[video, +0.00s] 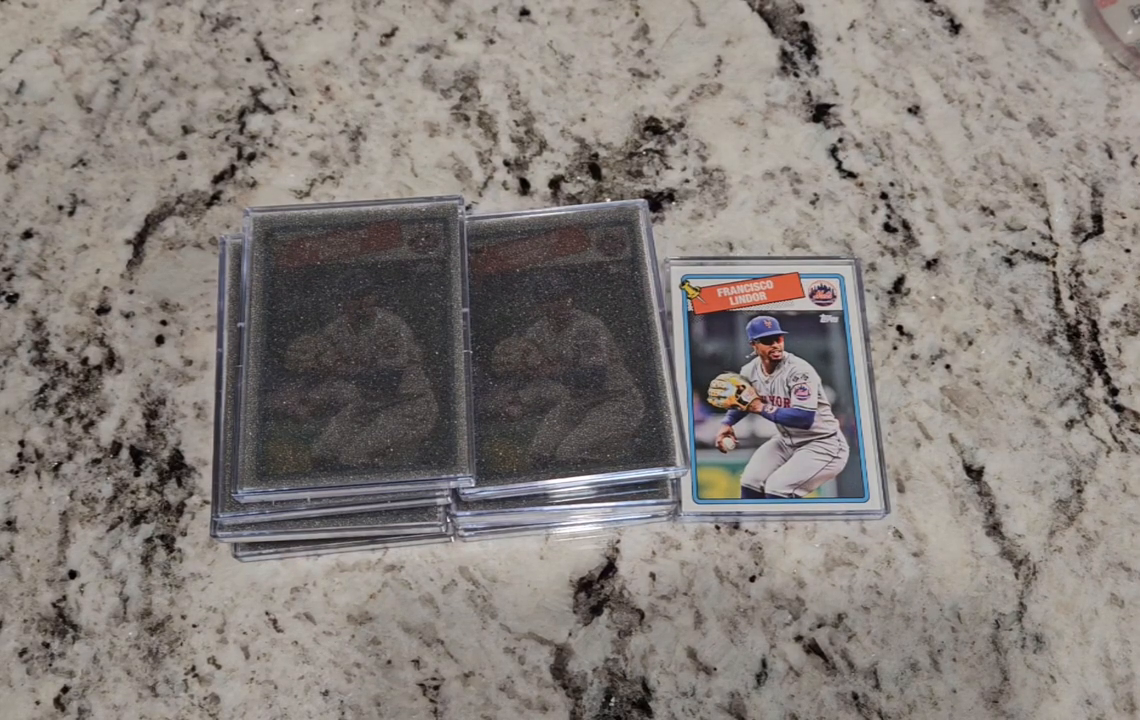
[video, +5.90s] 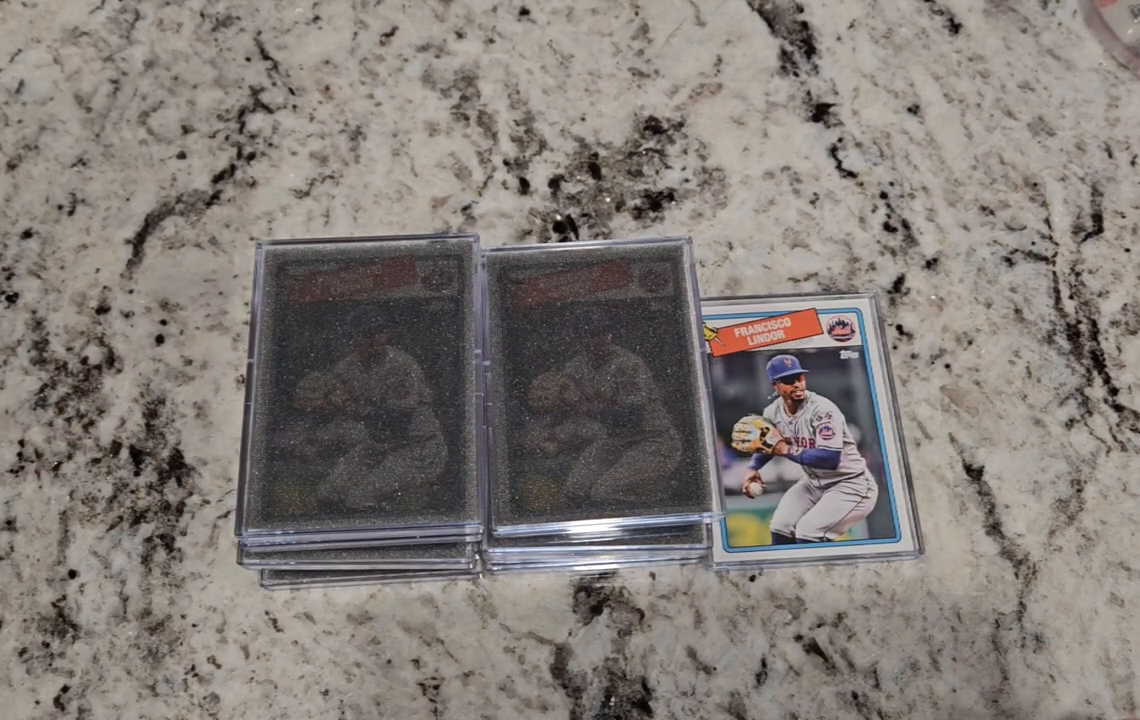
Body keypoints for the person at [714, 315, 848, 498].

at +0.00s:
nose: (775, 346)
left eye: (778, 339)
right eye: (767, 342)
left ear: (783, 339)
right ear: (754, 346)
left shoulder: (800, 371)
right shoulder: (749, 372)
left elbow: (804, 419)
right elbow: (743, 402)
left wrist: (760, 407)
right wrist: (726, 424)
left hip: (824, 445)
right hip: (786, 442)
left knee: (777, 487)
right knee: (751, 482)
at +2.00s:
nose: (776, 346)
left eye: (778, 339)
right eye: (767, 341)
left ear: (783, 339)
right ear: (754, 346)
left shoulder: (800, 371)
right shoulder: (749, 372)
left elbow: (803, 419)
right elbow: (742, 403)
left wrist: (760, 407)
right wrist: (726, 425)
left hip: (824, 446)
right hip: (786, 443)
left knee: (777, 488)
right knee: (751, 482)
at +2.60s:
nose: (782, 362)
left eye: (784, 355)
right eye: (774, 358)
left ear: (789, 355)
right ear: (761, 363)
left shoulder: (808, 386)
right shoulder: (757, 389)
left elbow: (814, 433)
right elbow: (753, 421)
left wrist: (771, 425)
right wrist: (737, 445)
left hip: (826, 462)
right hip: (795, 460)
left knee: (791, 507)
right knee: (764, 503)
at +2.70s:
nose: (801, 377)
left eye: (803, 370)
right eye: (793, 373)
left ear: (809, 370)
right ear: (780, 379)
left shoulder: (826, 402)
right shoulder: (775, 404)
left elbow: (834, 450)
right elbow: (771, 437)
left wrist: (789, 441)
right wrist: (755, 461)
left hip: (845, 479)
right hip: (814, 476)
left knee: (809, 524)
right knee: (782, 519)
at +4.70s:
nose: (798, 385)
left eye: (800, 378)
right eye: (789, 381)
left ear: (804, 377)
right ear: (776, 386)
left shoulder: (823, 410)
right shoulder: (772, 413)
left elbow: (830, 460)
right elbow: (768, 446)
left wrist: (786, 449)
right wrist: (752, 469)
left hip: (853, 485)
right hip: (815, 485)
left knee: (807, 532)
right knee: (780, 529)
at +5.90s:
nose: (798, 385)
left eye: (800, 378)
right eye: (789, 381)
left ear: (805, 377)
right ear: (776, 386)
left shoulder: (823, 410)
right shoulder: (772, 413)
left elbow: (830, 460)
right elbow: (768, 446)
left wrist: (786, 449)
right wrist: (752, 469)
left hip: (853, 485)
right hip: (814, 485)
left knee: (807, 532)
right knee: (781, 529)